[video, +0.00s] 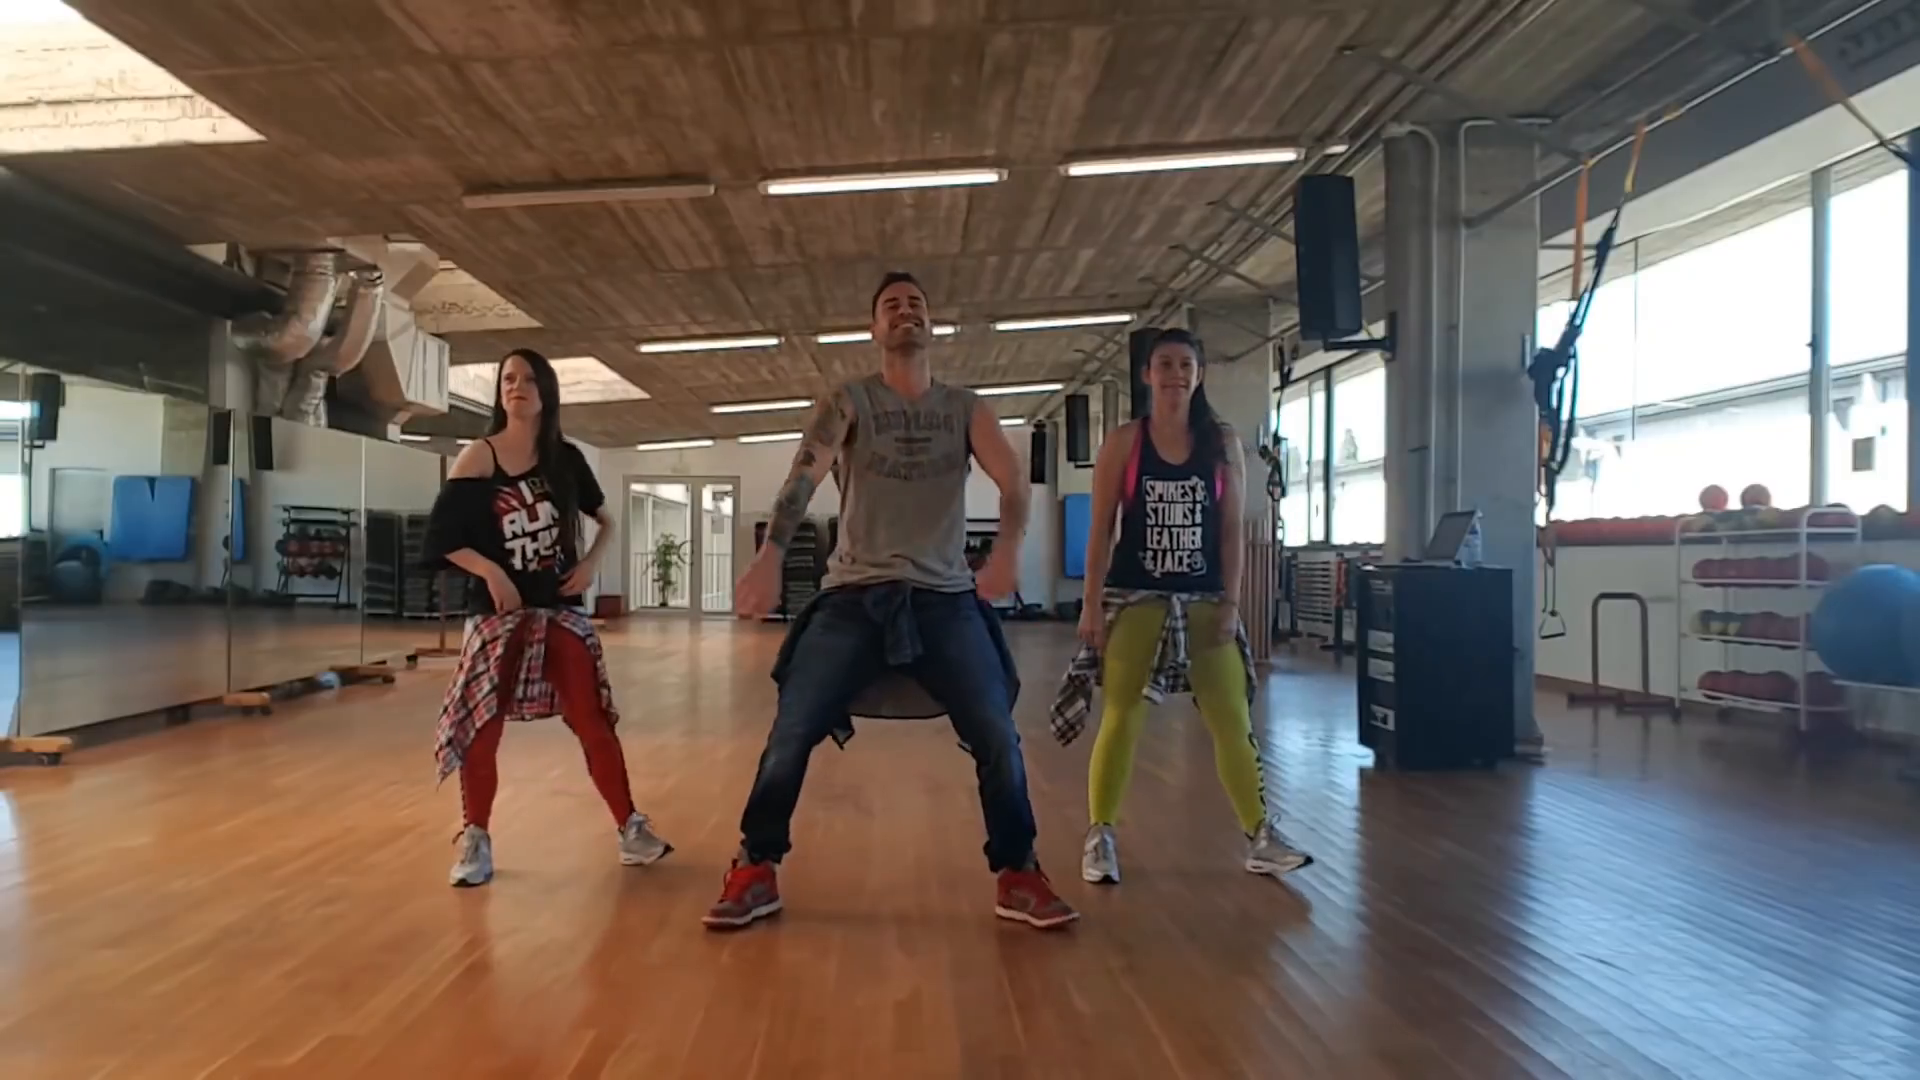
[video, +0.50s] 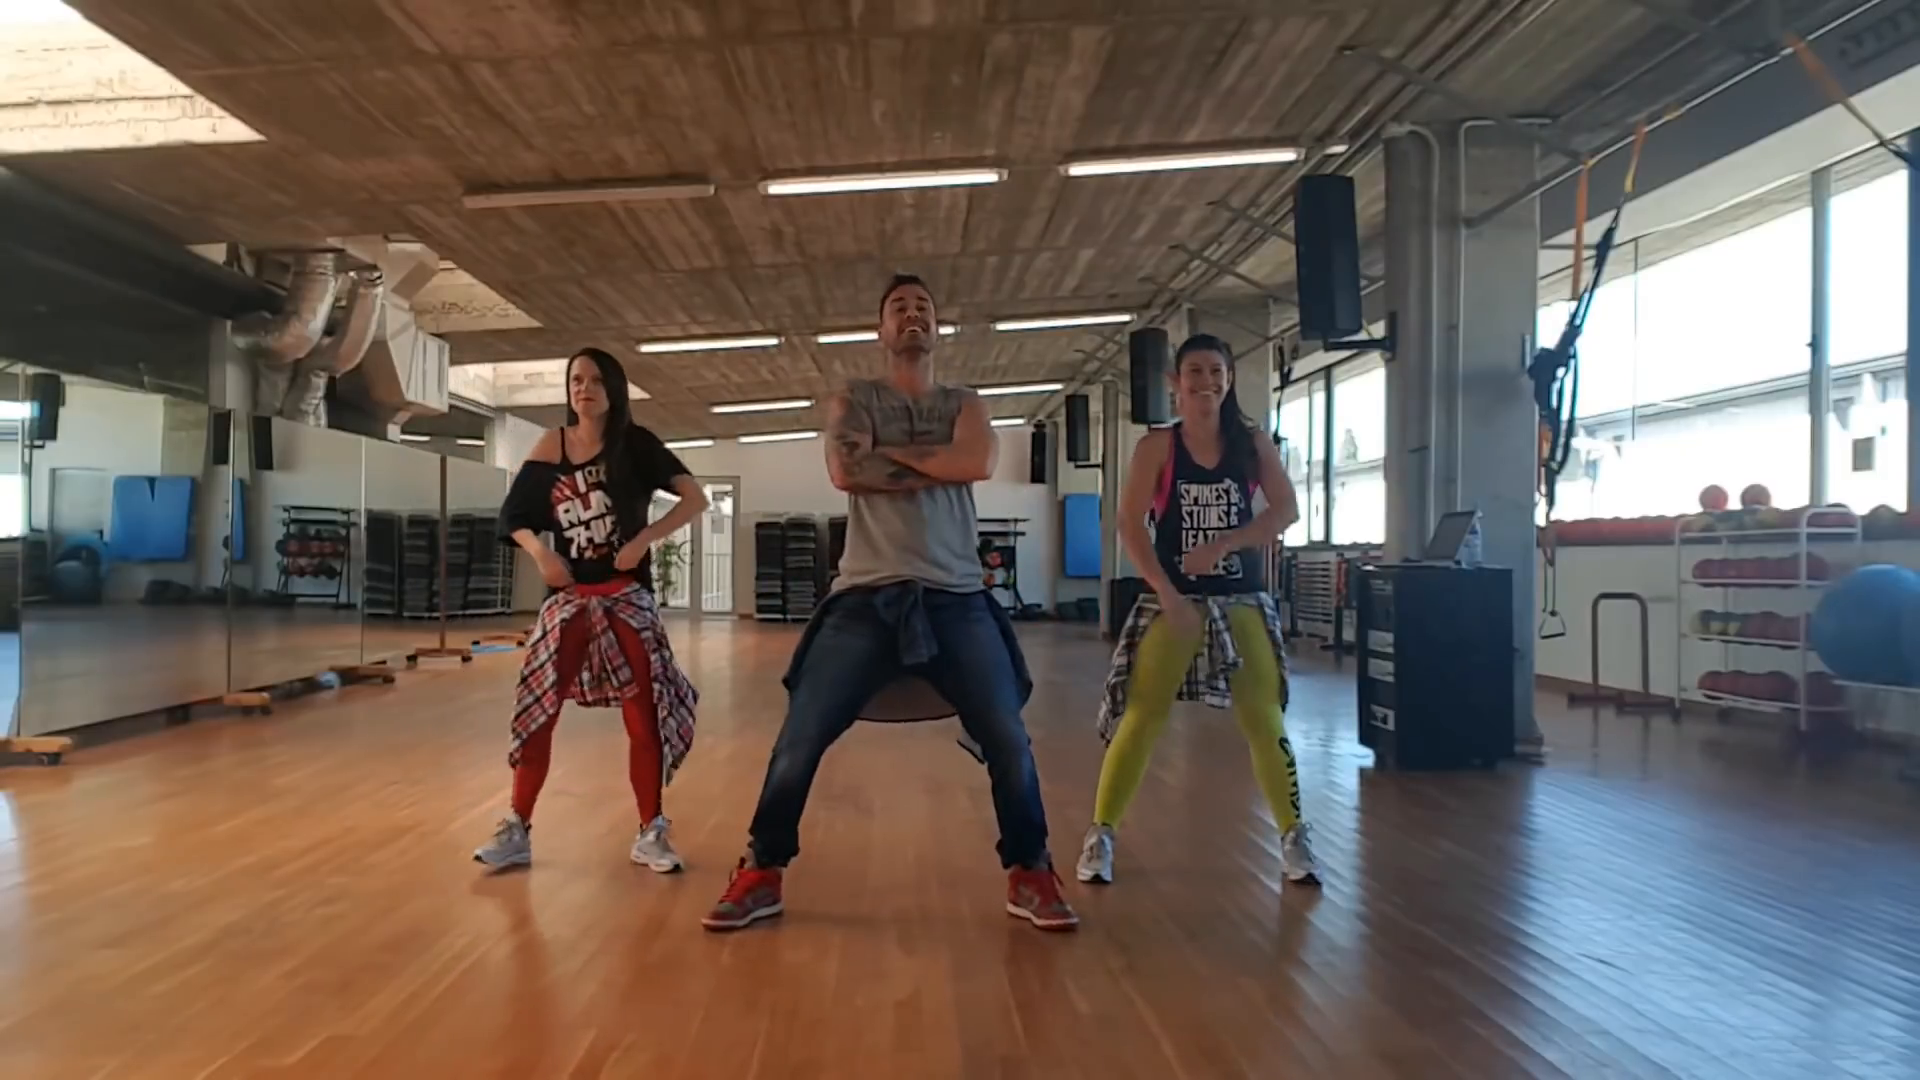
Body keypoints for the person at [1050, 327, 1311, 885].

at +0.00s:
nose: (1175, 373)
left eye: (1184, 365)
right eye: (1164, 364)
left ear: (1199, 374)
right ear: (1146, 374)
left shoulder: (1222, 441)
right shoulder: (1122, 442)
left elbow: (1232, 527)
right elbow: (1102, 525)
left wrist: (1231, 600)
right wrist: (1091, 601)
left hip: (1205, 598)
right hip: (1136, 598)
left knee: (1232, 719)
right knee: (1120, 717)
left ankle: (1259, 836)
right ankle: (1101, 834)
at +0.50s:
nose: (1206, 381)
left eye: (1215, 371)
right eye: (1196, 372)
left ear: (1229, 380)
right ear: (1177, 382)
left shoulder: (1252, 441)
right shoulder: (1156, 446)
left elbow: (1285, 510)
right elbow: (1129, 524)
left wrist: (1224, 542)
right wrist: (1169, 596)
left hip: (1241, 603)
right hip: (1174, 600)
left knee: (1264, 719)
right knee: (1142, 717)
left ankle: (1293, 838)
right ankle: (1101, 835)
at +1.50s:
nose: (1199, 384)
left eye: (1210, 376)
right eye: (1189, 375)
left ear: (1225, 383)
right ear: (1174, 383)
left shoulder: (1242, 428)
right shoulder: (1160, 436)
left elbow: (1212, 477)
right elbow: (1126, 488)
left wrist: (1157, 466)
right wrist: (1194, 478)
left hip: (1233, 591)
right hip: (1162, 590)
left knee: (1262, 720)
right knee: (1140, 714)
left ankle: (1296, 841)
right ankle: (1100, 837)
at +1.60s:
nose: (1199, 384)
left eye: (1210, 376)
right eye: (1189, 375)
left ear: (1226, 383)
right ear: (1174, 383)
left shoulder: (1243, 429)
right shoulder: (1160, 435)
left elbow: (1220, 475)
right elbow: (1129, 482)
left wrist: (1163, 460)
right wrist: (1197, 473)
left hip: (1232, 593)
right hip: (1162, 591)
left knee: (1262, 718)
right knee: (1137, 715)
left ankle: (1297, 840)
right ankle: (1099, 837)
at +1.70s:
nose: (1203, 384)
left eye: (1213, 376)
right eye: (1192, 375)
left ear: (1227, 383)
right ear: (1175, 383)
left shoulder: (1247, 431)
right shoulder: (1157, 432)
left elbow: (1251, 474)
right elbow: (1145, 476)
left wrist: (1180, 459)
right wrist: (1221, 472)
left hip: (1235, 592)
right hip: (1165, 592)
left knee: (1267, 720)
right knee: (1138, 717)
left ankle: (1297, 840)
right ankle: (1099, 838)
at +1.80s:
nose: (1206, 386)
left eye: (1215, 377)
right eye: (1195, 376)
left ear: (1228, 385)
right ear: (1176, 383)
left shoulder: (1244, 437)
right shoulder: (1159, 430)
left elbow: (1272, 480)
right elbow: (1178, 477)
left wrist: (1205, 457)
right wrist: (1242, 472)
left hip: (1239, 596)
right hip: (1172, 595)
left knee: (1265, 719)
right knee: (1140, 720)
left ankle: (1296, 840)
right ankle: (1100, 837)